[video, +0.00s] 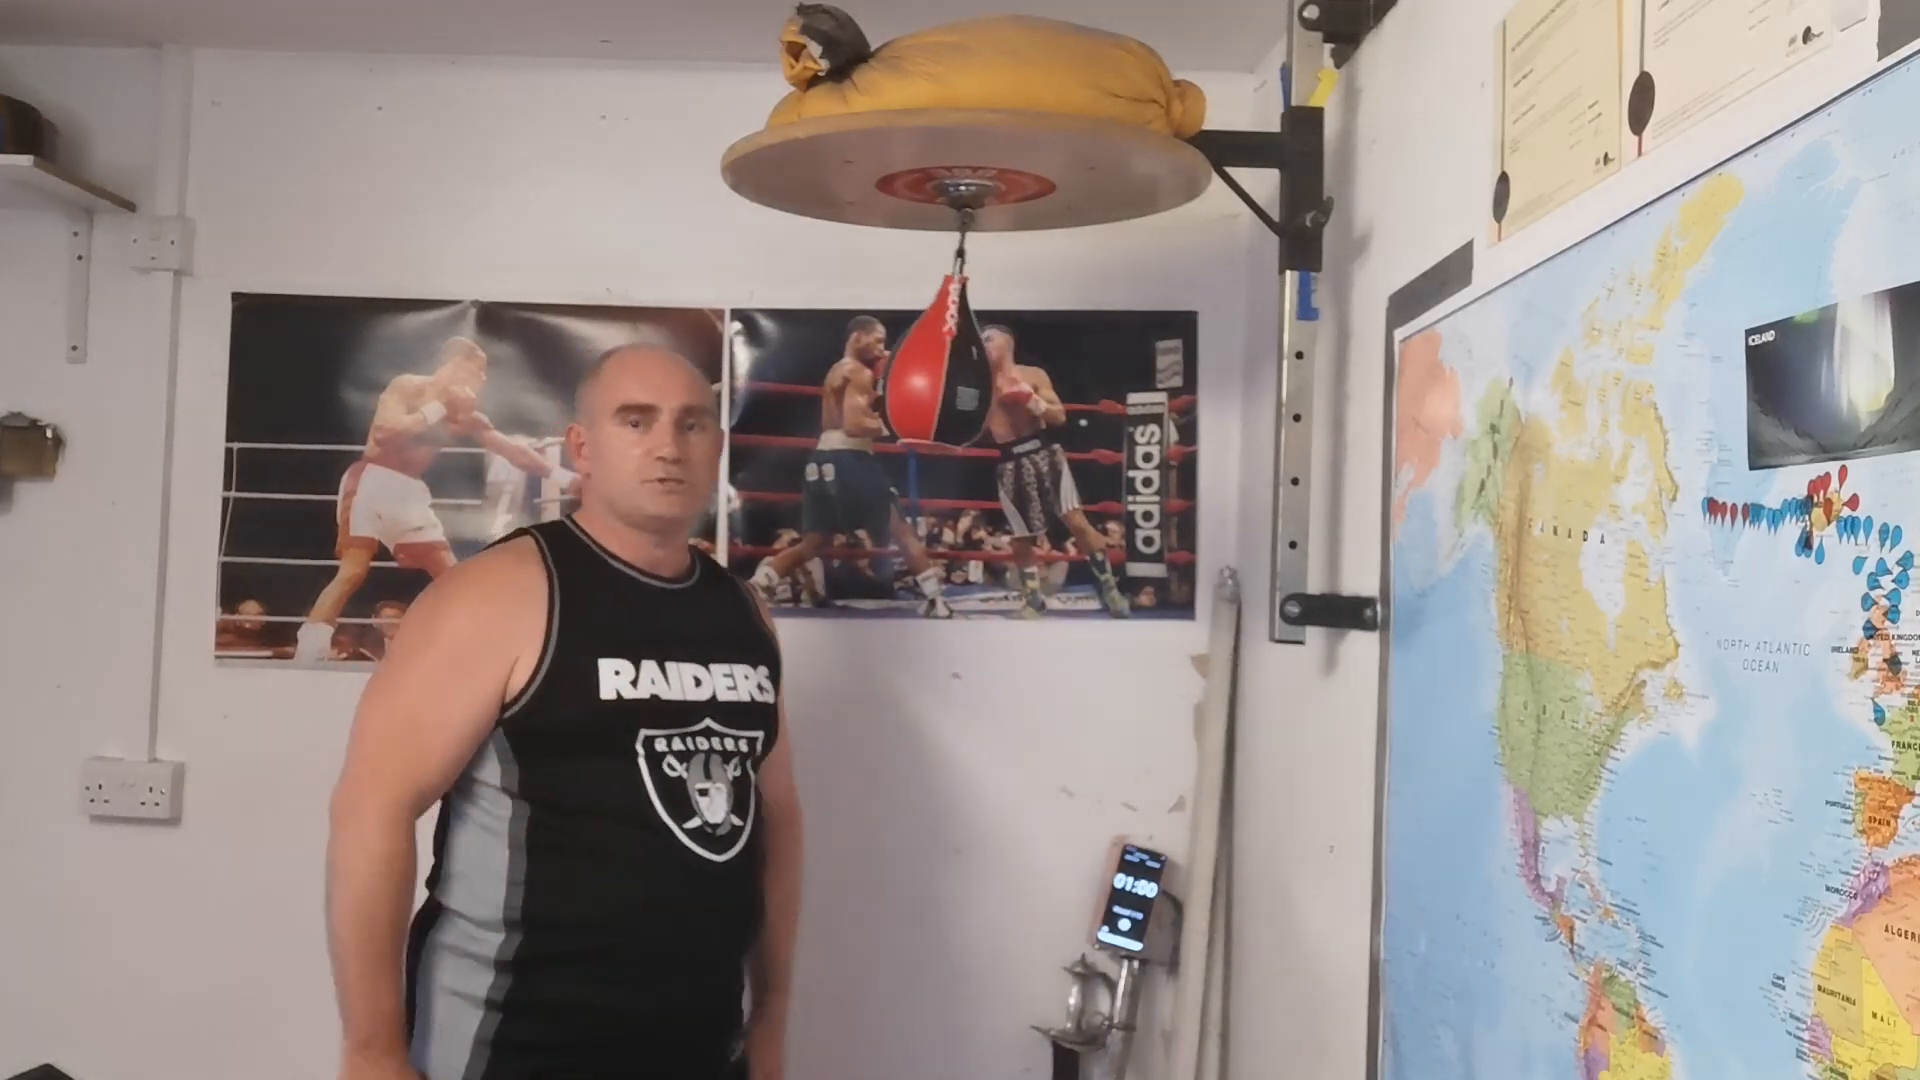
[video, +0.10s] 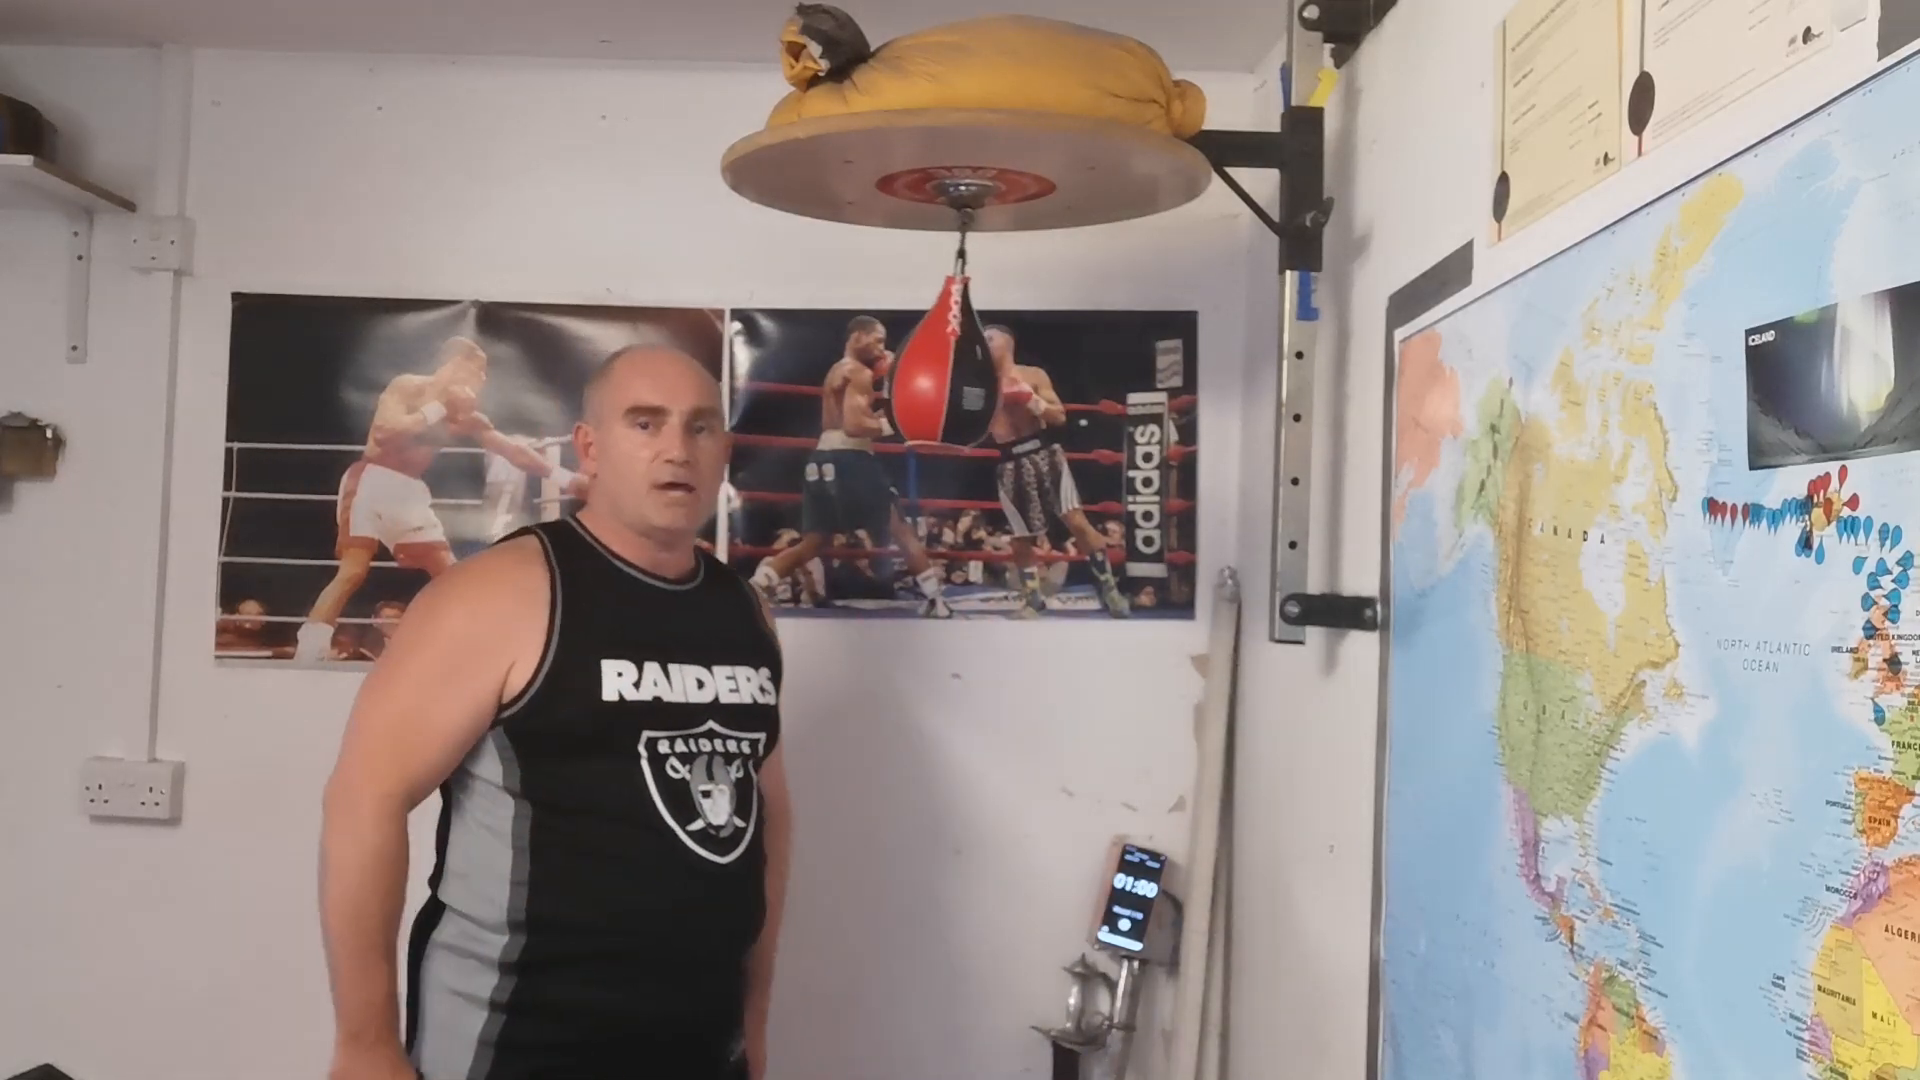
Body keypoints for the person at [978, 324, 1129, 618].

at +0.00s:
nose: (985, 346)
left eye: (991, 340)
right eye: (982, 342)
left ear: (1009, 344)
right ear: (981, 351)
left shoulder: (1034, 375)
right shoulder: (986, 386)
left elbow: (1059, 417)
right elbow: (986, 427)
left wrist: (1033, 401)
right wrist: (963, 445)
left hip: (1046, 457)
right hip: (1011, 465)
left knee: (1075, 522)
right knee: (1021, 538)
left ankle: (1109, 589)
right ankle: (1032, 599)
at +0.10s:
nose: (988, 346)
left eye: (993, 339)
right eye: (984, 341)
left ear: (1009, 344)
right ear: (981, 350)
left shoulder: (1034, 375)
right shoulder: (982, 384)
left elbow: (1059, 417)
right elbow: (977, 429)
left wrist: (1033, 401)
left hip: (1046, 456)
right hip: (1011, 464)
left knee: (1075, 521)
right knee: (1022, 537)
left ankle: (1109, 589)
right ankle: (1032, 598)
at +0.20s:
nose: (997, 355)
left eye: (1001, 348)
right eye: (993, 350)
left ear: (1011, 348)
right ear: (986, 353)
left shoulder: (1034, 376)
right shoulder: (983, 384)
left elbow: (1059, 417)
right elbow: (976, 426)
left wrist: (1035, 403)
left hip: (1046, 456)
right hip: (1011, 464)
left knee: (1075, 521)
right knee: (1022, 537)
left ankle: (1109, 588)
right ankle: (1032, 598)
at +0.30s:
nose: (1001, 352)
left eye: (1004, 344)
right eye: (995, 347)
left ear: (1014, 346)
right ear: (987, 353)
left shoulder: (1034, 375)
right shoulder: (986, 385)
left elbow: (1058, 416)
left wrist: (1038, 406)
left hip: (1046, 455)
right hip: (1011, 464)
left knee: (1075, 522)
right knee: (1021, 537)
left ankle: (1109, 589)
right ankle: (1033, 599)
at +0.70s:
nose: (998, 356)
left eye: (1002, 349)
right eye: (993, 351)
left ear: (1011, 349)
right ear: (986, 354)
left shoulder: (1034, 375)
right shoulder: (982, 383)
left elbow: (1059, 416)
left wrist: (1037, 404)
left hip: (1046, 456)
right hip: (1011, 464)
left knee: (1075, 522)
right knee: (1022, 538)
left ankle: (1109, 588)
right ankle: (1032, 600)